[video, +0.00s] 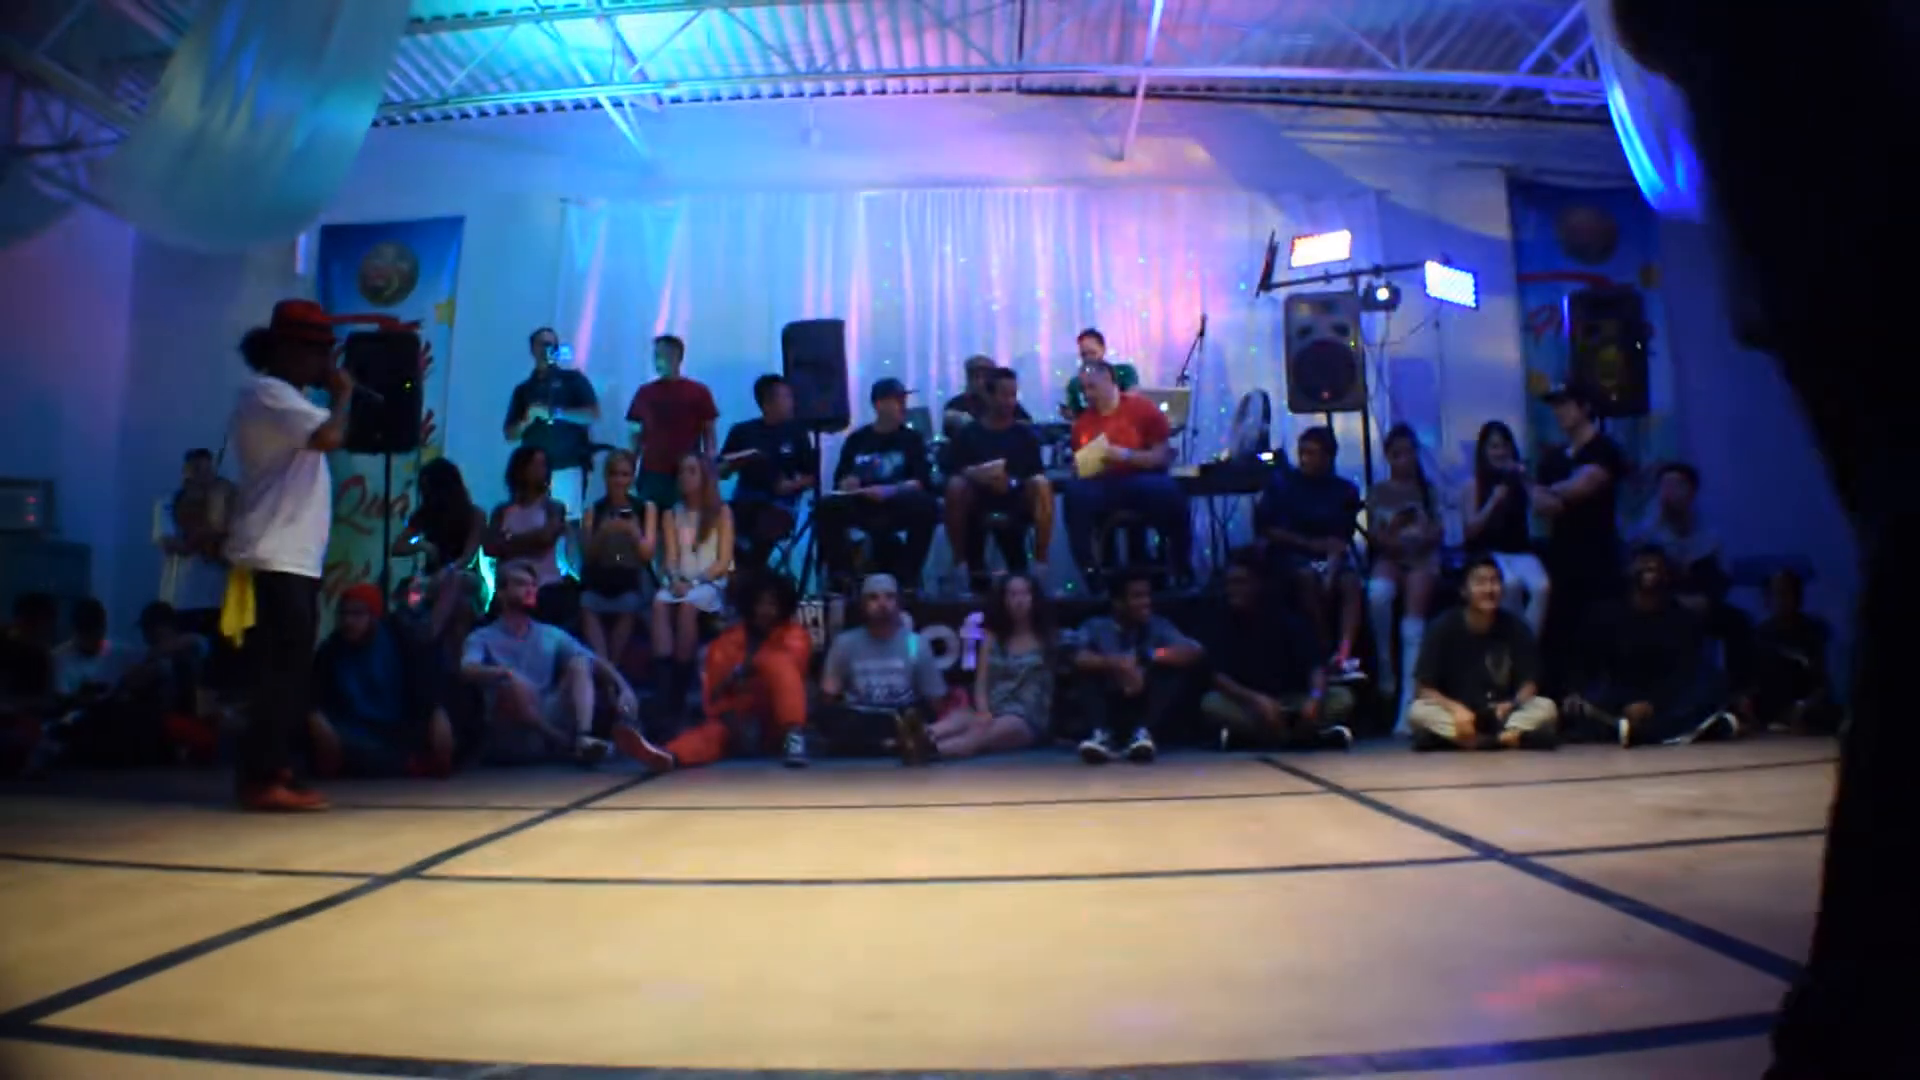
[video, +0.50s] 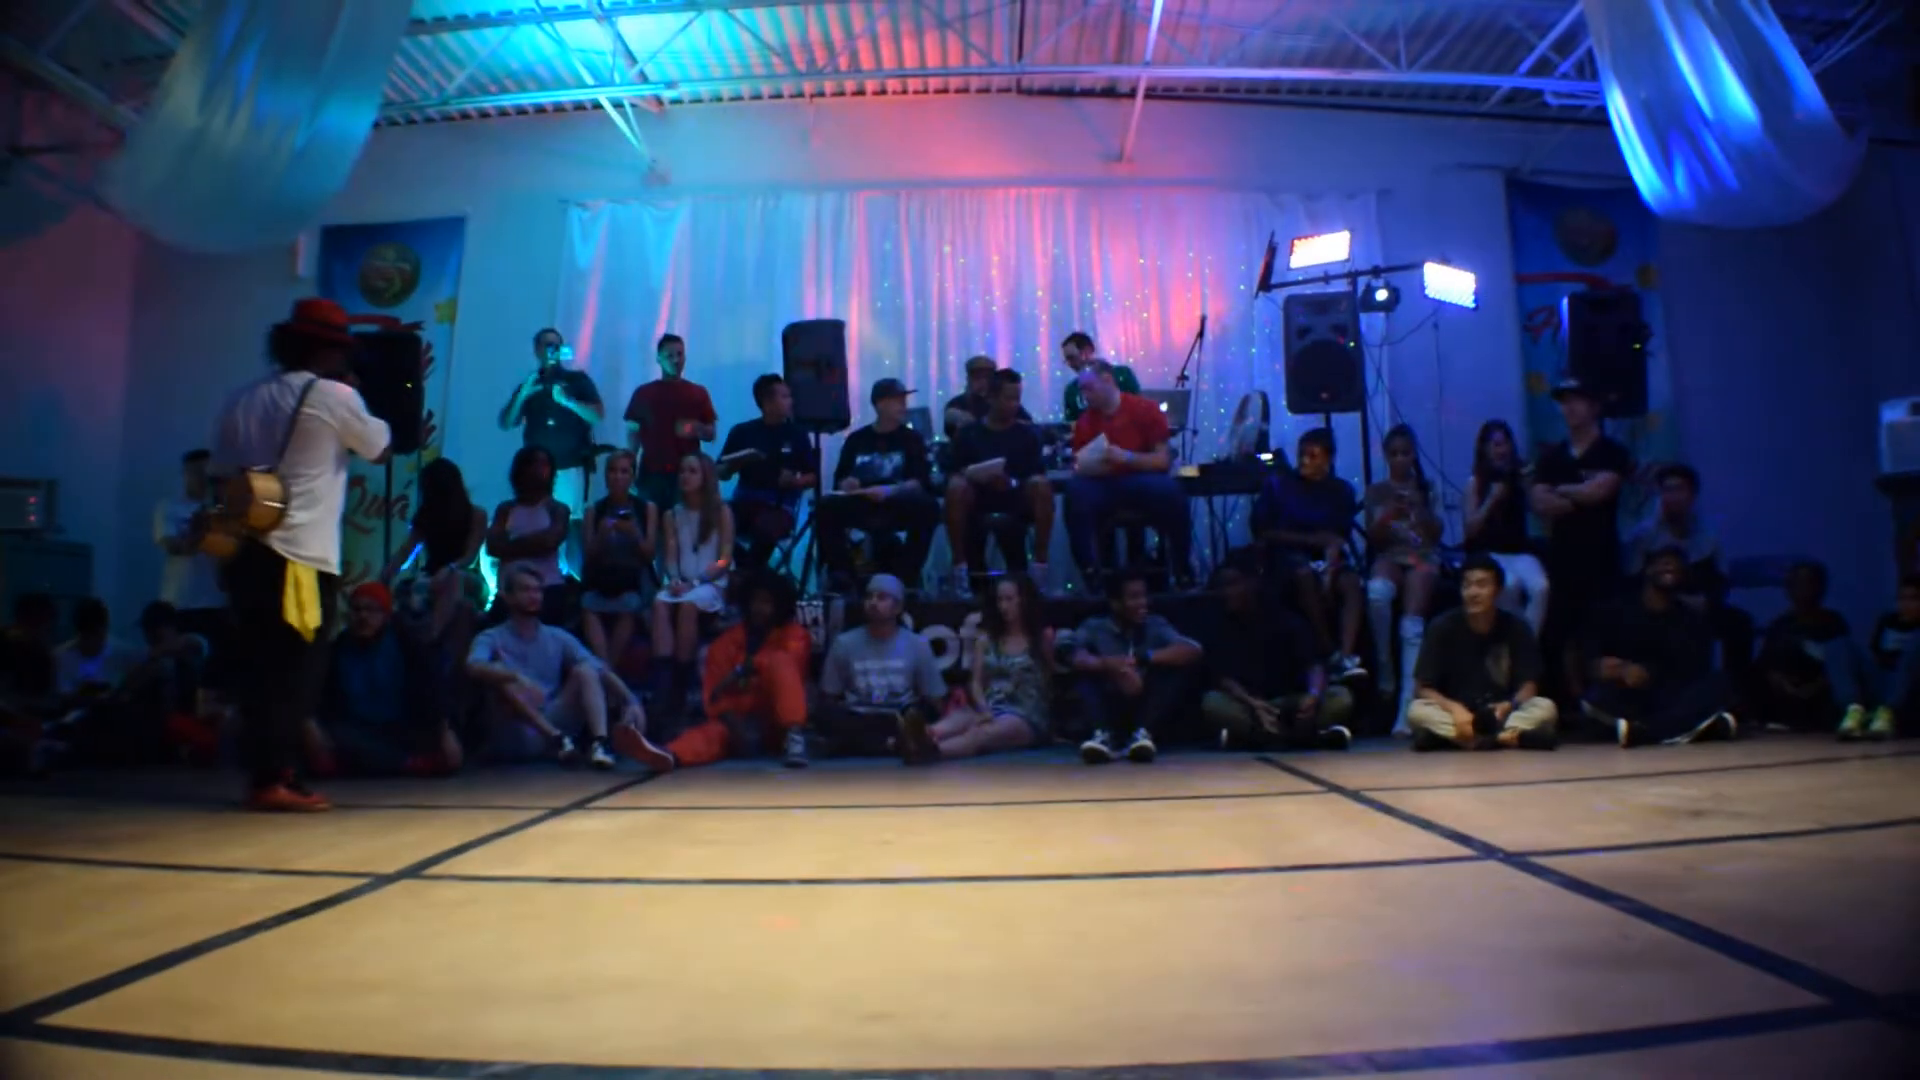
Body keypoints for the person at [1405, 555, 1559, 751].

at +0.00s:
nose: (1489, 589)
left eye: (1494, 581)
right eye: (1480, 582)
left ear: (1501, 587)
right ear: (1465, 590)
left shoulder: (1514, 626)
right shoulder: (1444, 628)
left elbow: (1530, 683)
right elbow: (1424, 688)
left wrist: (1512, 704)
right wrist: (1458, 711)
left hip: (1501, 704)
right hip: (1458, 706)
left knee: (1545, 707)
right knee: (1419, 711)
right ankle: (1508, 740)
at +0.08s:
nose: (1484, 589)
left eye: (1491, 582)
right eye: (1476, 582)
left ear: (1500, 589)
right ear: (1463, 591)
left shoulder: (1513, 627)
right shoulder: (1442, 628)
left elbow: (1528, 684)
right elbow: (1423, 688)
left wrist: (1510, 705)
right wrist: (1457, 710)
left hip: (1500, 704)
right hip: (1456, 706)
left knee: (1544, 707)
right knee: (1417, 710)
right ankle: (1503, 740)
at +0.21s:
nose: (1477, 590)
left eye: (1484, 583)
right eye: (1470, 584)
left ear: (1496, 590)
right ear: (1461, 589)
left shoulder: (1512, 628)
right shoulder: (1440, 628)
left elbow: (1525, 684)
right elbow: (1421, 688)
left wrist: (1508, 704)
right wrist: (1454, 710)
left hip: (1497, 704)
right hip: (1454, 704)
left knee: (1542, 706)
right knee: (1415, 709)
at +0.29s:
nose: (1476, 591)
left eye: (1484, 584)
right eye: (1470, 584)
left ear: (1496, 590)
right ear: (1460, 589)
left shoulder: (1512, 628)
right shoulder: (1440, 629)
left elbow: (1525, 683)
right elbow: (1421, 688)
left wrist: (1508, 703)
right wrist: (1455, 710)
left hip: (1497, 704)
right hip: (1454, 704)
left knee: (1541, 706)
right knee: (1415, 709)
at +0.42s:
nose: (1473, 592)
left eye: (1482, 584)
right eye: (1468, 585)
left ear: (1496, 589)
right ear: (1461, 590)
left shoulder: (1514, 628)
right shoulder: (1441, 628)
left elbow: (1527, 685)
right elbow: (1423, 689)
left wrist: (1508, 705)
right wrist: (1456, 711)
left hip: (1500, 704)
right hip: (1455, 705)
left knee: (1544, 707)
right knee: (1417, 710)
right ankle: (1504, 740)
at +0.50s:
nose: (1473, 592)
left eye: (1482, 585)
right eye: (1467, 585)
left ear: (1497, 590)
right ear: (1461, 590)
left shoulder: (1516, 627)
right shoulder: (1442, 628)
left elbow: (1529, 685)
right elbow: (1423, 688)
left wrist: (1509, 706)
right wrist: (1456, 710)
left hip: (1501, 705)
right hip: (1457, 706)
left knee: (1545, 707)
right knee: (1417, 711)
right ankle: (1506, 739)